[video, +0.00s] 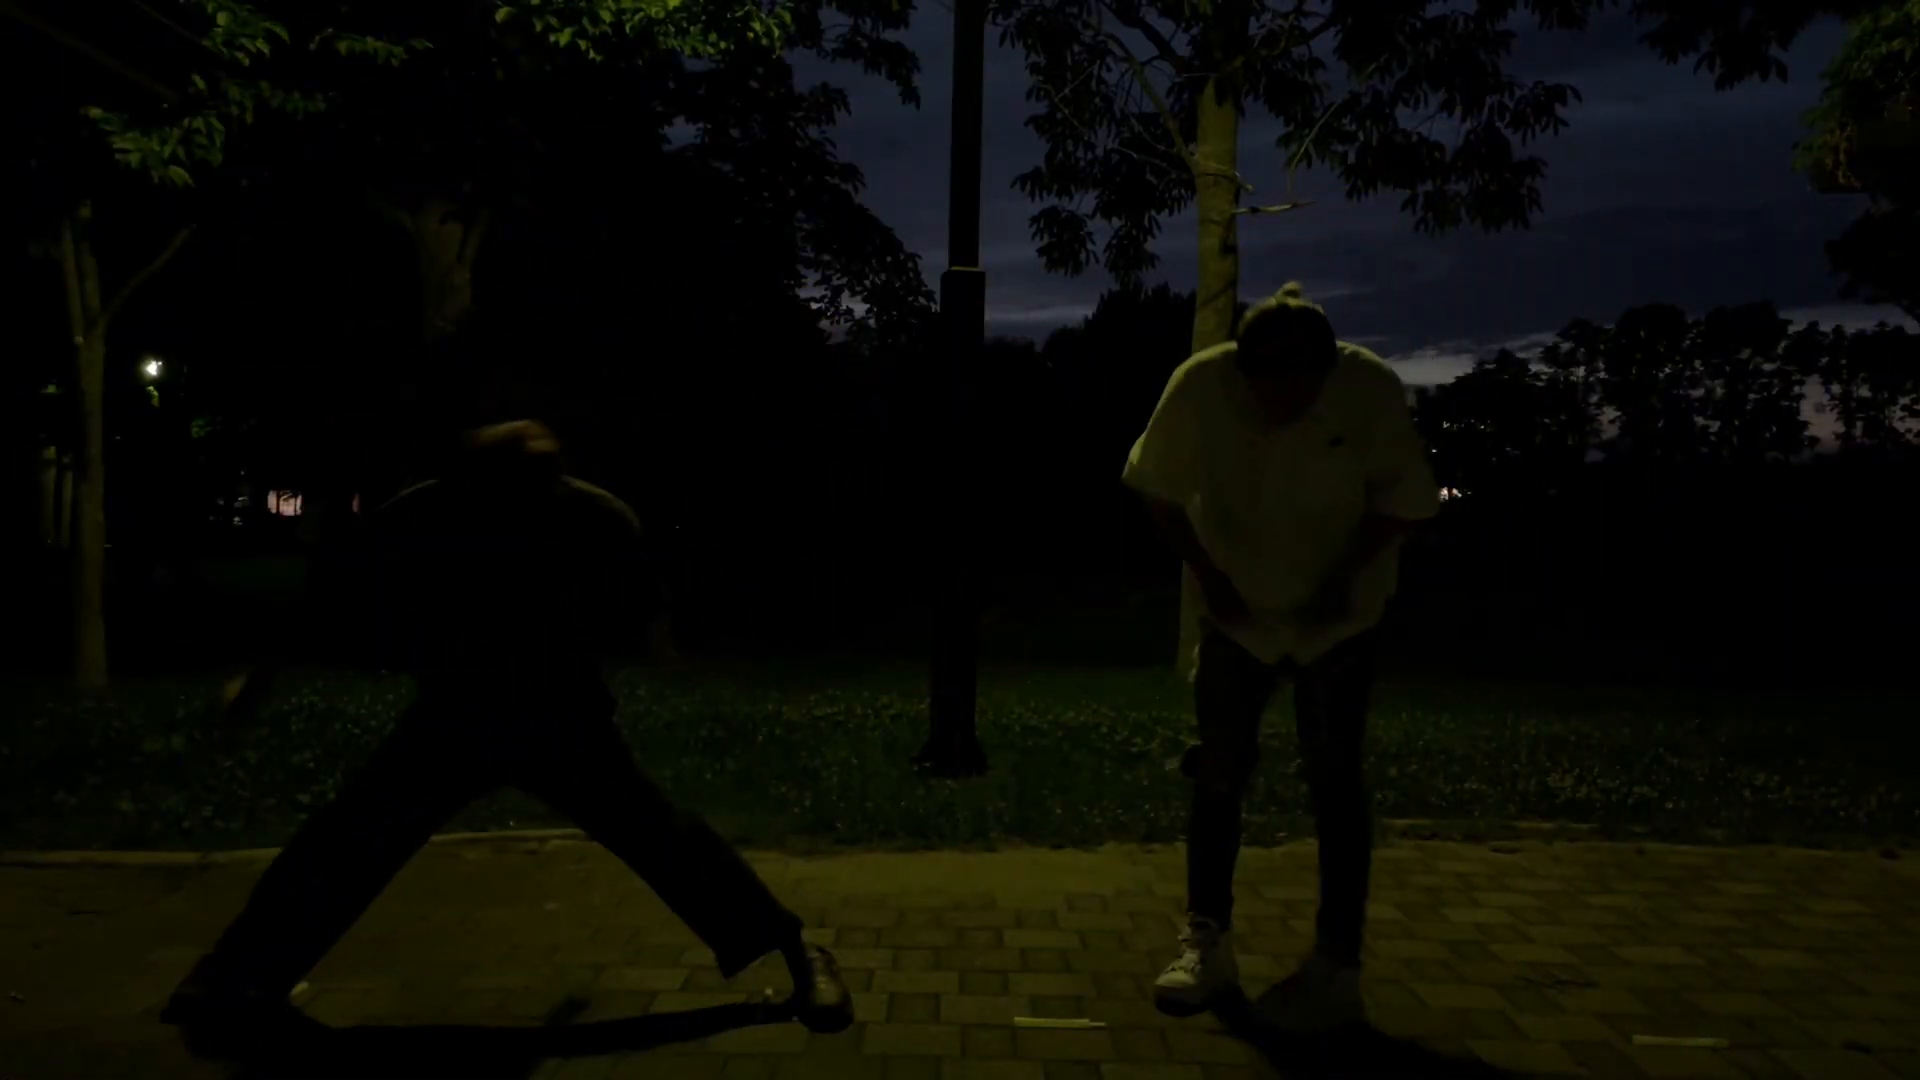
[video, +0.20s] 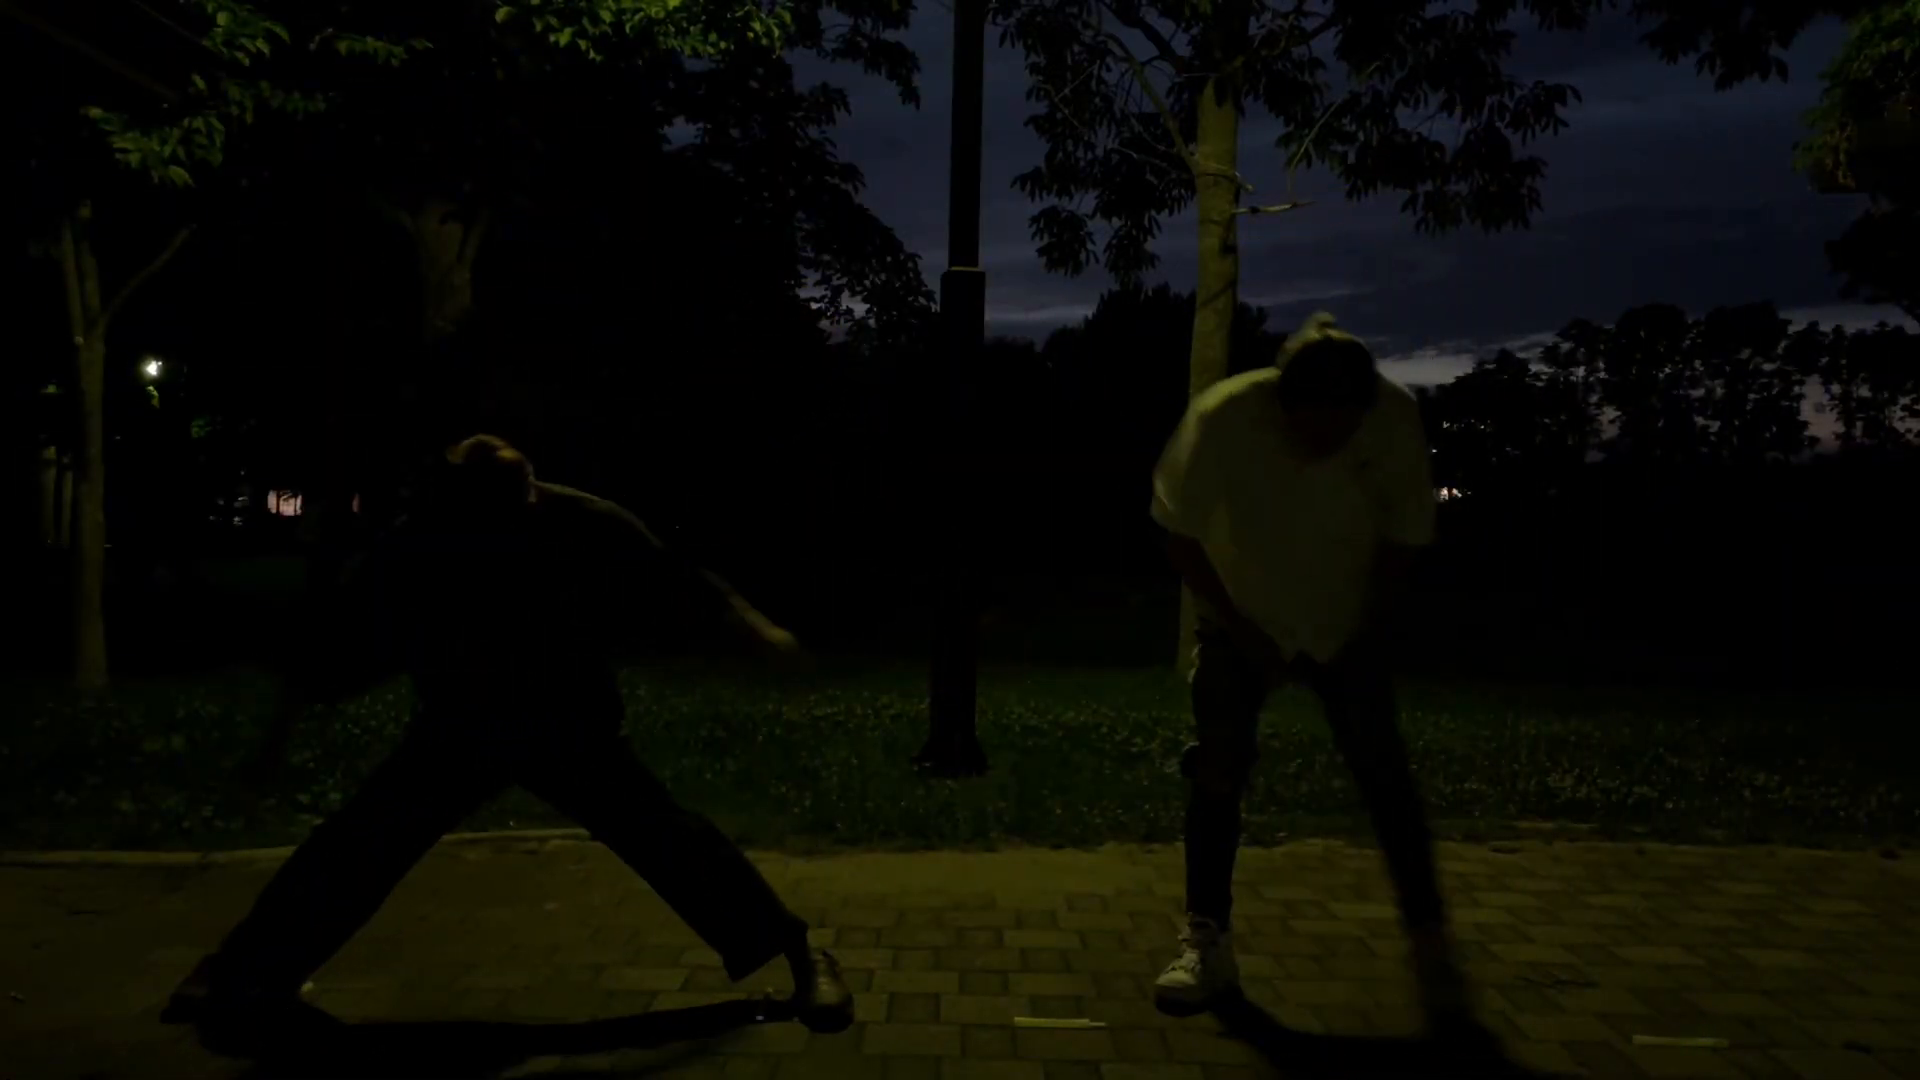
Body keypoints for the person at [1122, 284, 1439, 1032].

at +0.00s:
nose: (1278, 407)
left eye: (1294, 391)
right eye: (1267, 389)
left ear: (1323, 368)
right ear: (1244, 366)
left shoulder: (1371, 389)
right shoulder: (1200, 384)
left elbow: (1407, 501)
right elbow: (1157, 492)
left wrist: (1340, 581)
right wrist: (1213, 582)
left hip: (1339, 616)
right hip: (1234, 615)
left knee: (1338, 782)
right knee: (1217, 771)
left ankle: (1337, 965)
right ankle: (1205, 944)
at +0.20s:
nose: (1328, 440)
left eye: (1341, 423)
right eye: (1317, 423)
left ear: (1361, 401)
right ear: (1286, 400)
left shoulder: (1393, 422)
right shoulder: (1217, 420)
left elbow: (1407, 540)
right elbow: (1176, 532)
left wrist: (1371, 633)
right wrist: (1236, 627)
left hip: (1346, 627)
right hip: (1239, 624)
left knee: (1387, 777)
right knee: (1215, 775)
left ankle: (1431, 946)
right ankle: (1203, 943)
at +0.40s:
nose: (1395, 496)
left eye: (1406, 481)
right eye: (1385, 479)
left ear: (1424, 459)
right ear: (1354, 455)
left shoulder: (1437, 465)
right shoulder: (1278, 458)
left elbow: (1447, 587)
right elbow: (1229, 593)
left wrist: (1435, 691)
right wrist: (1297, 711)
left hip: (1378, 631)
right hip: (1271, 629)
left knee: (1434, 788)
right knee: (1222, 770)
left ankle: (1494, 957)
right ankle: (1206, 947)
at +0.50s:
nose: (1448, 552)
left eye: (1462, 539)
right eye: (1441, 536)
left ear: (1480, 514)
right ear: (1408, 507)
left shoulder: (1490, 517)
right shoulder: (1334, 502)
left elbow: (1505, 639)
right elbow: (1281, 638)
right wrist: (1334, 785)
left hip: (1414, 632)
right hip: (1299, 624)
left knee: (1473, 789)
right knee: (1231, 760)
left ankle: (1511, 964)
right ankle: (1200, 942)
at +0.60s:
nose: (1465, 601)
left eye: (1478, 591)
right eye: (1459, 587)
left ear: (1502, 564)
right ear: (1434, 549)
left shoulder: (1518, 558)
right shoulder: (1357, 541)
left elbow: (1528, 684)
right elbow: (1326, 714)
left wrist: (1530, 782)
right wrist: (1356, 841)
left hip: (1416, 640)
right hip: (1310, 622)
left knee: (1484, 783)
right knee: (1238, 751)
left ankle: (1511, 962)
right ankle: (1182, 931)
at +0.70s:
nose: (1496, 687)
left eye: (1506, 677)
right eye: (1487, 674)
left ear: (1526, 634)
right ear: (1458, 630)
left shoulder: (1532, 615)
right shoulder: (1384, 612)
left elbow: (1554, 741)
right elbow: (1348, 783)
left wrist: (1573, 847)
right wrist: (1375, 917)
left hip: (1421, 651)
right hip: (1308, 627)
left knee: (1496, 792)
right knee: (1241, 773)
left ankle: (1512, 963)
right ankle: (1165, 945)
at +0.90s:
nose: (1504, 768)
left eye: (1520, 759)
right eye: (1495, 755)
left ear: (1544, 721)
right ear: (1468, 716)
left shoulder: (1542, 687)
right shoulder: (1387, 687)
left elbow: (1570, 807)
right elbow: (1350, 850)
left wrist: (1606, 916)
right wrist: (1375, 986)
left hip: (1421, 604)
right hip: (1311, 615)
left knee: (1505, 797)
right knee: (1242, 776)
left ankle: (1513, 968)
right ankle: (1165, 950)